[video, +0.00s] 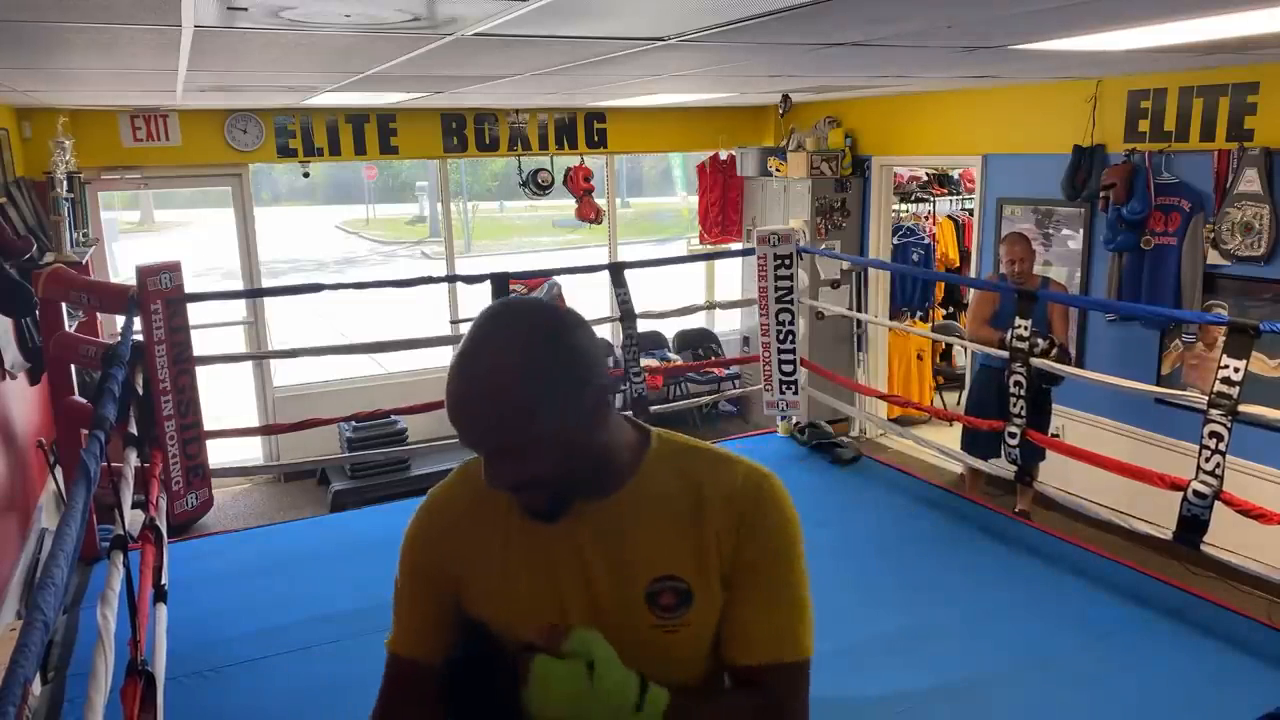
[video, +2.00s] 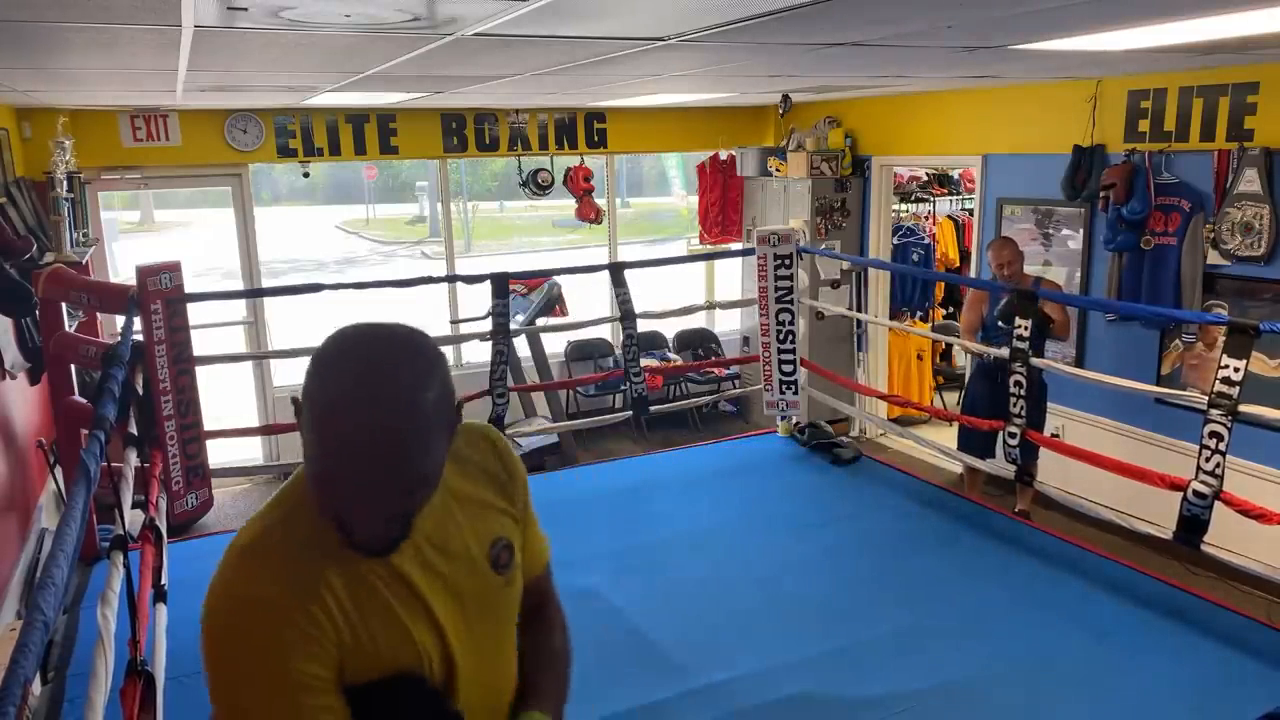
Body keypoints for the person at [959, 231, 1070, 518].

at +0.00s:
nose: (1015, 268)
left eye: (1021, 261)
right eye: (1008, 262)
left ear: (1033, 259)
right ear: (1001, 261)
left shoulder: (1054, 291)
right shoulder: (991, 285)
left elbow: (1061, 341)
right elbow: (974, 329)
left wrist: (1048, 349)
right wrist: (1008, 340)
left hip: (1034, 381)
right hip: (991, 376)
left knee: (1030, 448)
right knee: (977, 443)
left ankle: (1022, 511)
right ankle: (969, 504)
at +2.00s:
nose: (1005, 272)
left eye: (1010, 264)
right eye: (998, 267)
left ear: (1022, 259)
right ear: (990, 266)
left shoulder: (1047, 289)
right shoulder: (980, 292)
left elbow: (1063, 333)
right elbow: (967, 338)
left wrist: (1038, 316)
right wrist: (986, 352)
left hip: (1028, 382)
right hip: (987, 380)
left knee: (1027, 451)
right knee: (974, 447)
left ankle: (1022, 515)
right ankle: (970, 506)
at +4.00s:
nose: (1002, 274)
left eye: (1006, 266)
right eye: (994, 268)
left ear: (1018, 259)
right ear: (984, 266)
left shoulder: (1040, 286)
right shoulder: (976, 290)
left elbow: (1057, 331)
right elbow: (960, 335)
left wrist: (1016, 330)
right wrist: (980, 348)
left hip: (1025, 380)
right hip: (983, 378)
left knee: (1026, 448)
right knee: (974, 445)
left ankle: (1022, 513)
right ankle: (971, 505)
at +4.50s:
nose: (1014, 272)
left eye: (1020, 265)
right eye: (1008, 266)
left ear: (1027, 262)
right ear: (995, 262)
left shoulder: (1043, 287)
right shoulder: (978, 289)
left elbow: (1056, 333)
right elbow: (952, 330)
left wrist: (1016, 329)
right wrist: (985, 331)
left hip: (1025, 381)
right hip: (984, 378)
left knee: (1026, 449)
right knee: (974, 446)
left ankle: (1022, 514)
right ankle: (969, 507)